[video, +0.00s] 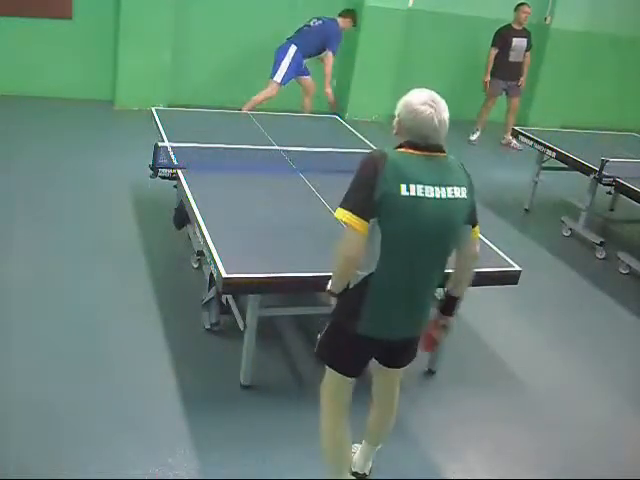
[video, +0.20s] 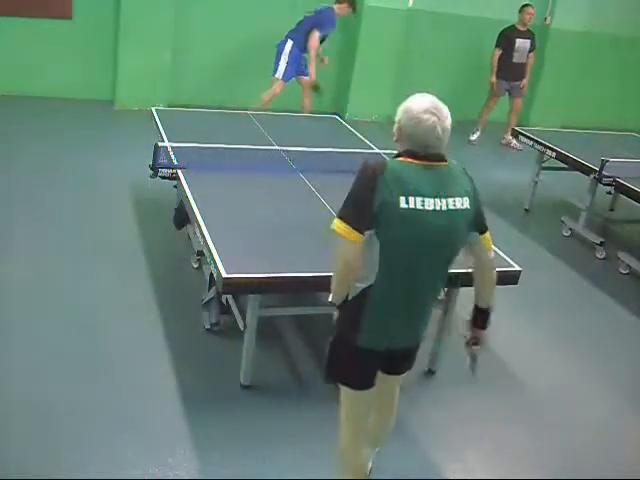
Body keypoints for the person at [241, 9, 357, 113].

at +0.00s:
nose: (349, 28)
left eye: (350, 26)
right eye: (350, 25)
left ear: (341, 16)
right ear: (348, 20)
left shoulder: (324, 20)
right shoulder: (335, 31)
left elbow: (310, 37)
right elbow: (328, 60)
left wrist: (321, 54)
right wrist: (328, 87)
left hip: (296, 54)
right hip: (291, 50)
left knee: (309, 88)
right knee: (272, 90)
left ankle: (305, 121)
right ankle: (243, 112)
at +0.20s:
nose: (345, 13)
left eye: (348, 11)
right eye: (348, 10)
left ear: (343, 5)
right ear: (344, 5)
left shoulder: (327, 13)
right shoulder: (329, 16)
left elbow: (314, 40)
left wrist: (321, 55)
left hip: (299, 50)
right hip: (290, 45)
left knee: (307, 85)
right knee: (277, 88)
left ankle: (306, 119)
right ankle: (255, 113)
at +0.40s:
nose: (327, 1)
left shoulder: (321, 12)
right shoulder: (306, 4)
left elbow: (315, 36)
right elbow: (285, 22)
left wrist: (315, 52)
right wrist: (295, 46)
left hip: (303, 48)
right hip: (286, 45)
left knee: (305, 88)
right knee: (278, 91)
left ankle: (303, 123)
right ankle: (266, 120)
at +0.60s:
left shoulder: (314, 9)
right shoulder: (284, 3)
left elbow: (313, 35)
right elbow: (268, 21)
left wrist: (306, 51)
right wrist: (278, 39)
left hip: (298, 52)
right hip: (279, 49)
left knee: (303, 90)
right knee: (271, 90)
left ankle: (303, 122)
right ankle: (264, 120)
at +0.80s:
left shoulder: (312, 7)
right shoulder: (280, 3)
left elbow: (313, 32)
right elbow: (264, 21)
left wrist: (305, 50)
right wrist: (274, 35)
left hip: (296, 52)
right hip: (276, 50)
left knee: (299, 91)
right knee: (270, 90)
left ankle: (299, 125)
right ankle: (265, 122)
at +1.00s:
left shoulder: (317, 13)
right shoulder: (284, 5)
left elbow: (318, 38)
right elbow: (265, 27)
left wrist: (312, 55)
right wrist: (286, 33)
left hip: (299, 56)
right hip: (278, 54)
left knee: (298, 93)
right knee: (273, 92)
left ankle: (299, 128)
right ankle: (265, 124)